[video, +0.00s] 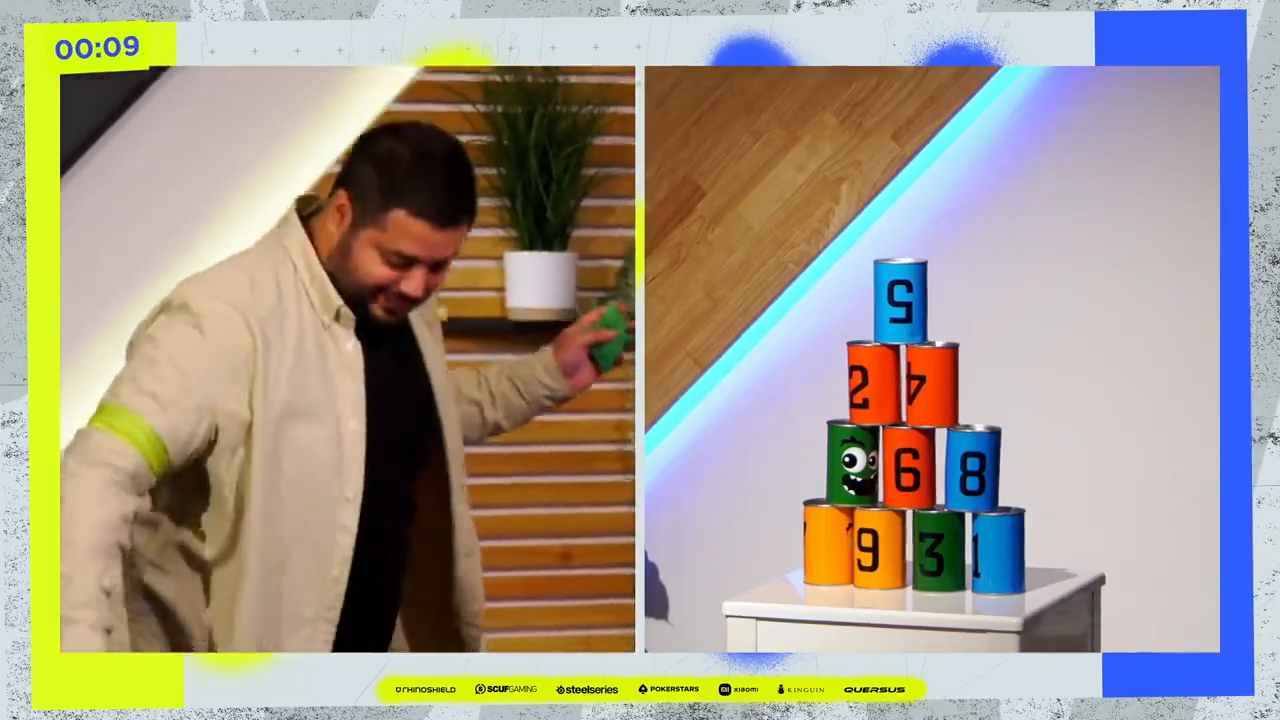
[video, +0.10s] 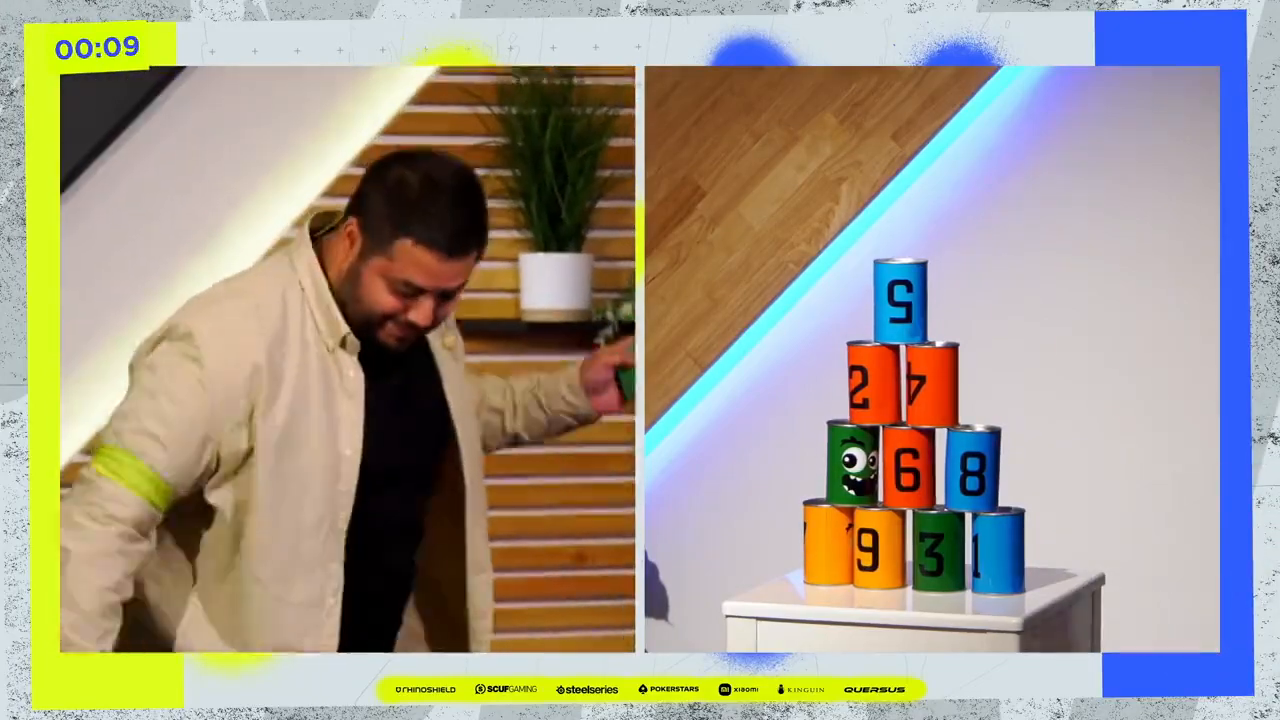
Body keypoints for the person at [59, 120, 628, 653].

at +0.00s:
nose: (417, 289)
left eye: (438, 267)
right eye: (399, 260)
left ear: (457, 245)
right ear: (340, 210)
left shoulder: (405, 307)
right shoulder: (226, 314)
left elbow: (419, 424)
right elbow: (98, 475)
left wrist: (551, 374)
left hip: (372, 663)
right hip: (239, 673)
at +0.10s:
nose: (424, 319)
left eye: (447, 296)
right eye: (405, 289)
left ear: (466, 276)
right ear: (351, 240)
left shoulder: (423, 323)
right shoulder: (226, 342)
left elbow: (449, 420)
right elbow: (103, 515)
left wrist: (576, 393)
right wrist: (69, 689)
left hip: (377, 667)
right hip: (239, 678)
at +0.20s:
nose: (414, 336)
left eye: (439, 314)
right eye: (394, 308)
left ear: (461, 291)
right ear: (343, 259)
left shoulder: (440, 336)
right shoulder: (217, 353)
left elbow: (457, 431)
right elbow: (114, 550)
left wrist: (585, 445)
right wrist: (81, 700)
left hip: (379, 674)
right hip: (234, 684)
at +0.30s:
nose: (397, 365)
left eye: (423, 344)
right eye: (378, 335)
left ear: (448, 315)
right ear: (331, 284)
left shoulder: (447, 351)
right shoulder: (208, 371)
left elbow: (480, 458)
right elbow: (128, 572)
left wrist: (575, 527)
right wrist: (116, 704)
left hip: (375, 682)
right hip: (226, 687)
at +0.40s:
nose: (383, 412)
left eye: (410, 392)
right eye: (364, 382)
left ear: (441, 362)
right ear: (320, 329)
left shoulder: (445, 383)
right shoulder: (215, 422)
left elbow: (482, 496)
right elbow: (148, 636)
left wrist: (551, 591)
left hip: (336, 673)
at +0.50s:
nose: (370, 498)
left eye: (399, 479)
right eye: (351, 467)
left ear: (437, 443)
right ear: (314, 410)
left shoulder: (443, 433)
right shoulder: (212, 503)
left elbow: (475, 527)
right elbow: (169, 689)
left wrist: (522, 639)